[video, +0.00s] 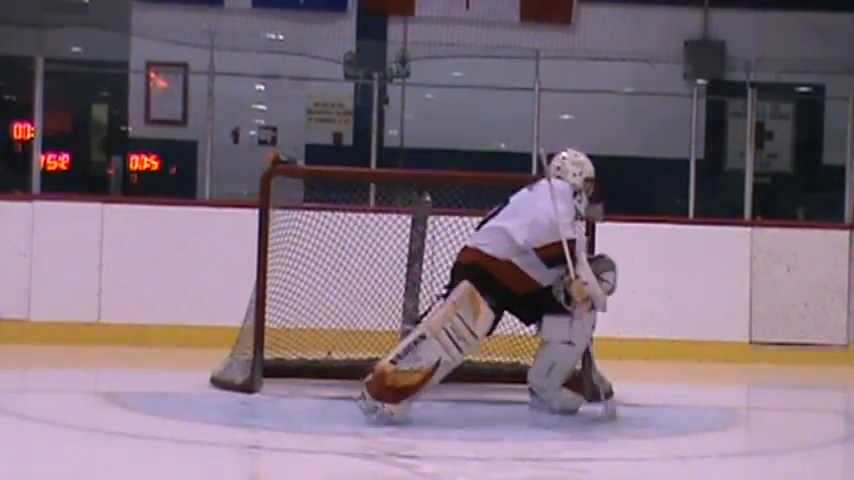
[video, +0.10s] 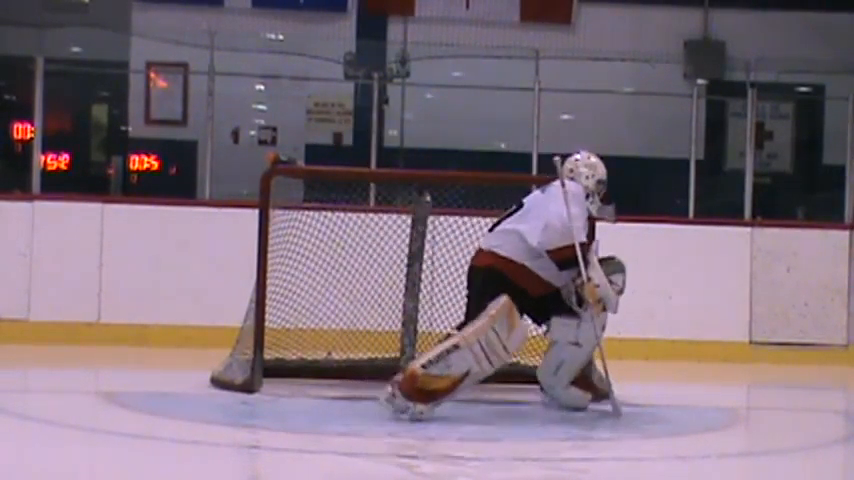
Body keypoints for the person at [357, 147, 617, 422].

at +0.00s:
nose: (587, 190)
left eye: (588, 184)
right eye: (585, 183)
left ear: (558, 173)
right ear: (575, 177)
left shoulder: (566, 206)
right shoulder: (553, 189)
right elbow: (550, 240)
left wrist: (590, 371)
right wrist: (576, 276)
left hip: (523, 279)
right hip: (489, 265)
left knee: (574, 314)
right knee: (456, 329)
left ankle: (546, 388)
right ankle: (384, 392)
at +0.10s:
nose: (599, 191)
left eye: (599, 185)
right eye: (599, 184)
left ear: (567, 174)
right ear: (593, 181)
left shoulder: (551, 192)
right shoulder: (570, 192)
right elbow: (562, 241)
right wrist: (583, 282)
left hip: (490, 261)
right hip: (513, 265)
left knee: (483, 340)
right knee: (579, 320)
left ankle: (412, 389)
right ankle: (557, 384)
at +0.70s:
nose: (593, 172)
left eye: (597, 165)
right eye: (587, 164)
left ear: (600, 165)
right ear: (567, 162)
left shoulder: (594, 194)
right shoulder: (544, 183)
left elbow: (591, 242)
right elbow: (504, 213)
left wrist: (611, 258)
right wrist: (508, 245)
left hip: (576, 282)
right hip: (539, 276)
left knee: (589, 329)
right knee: (524, 334)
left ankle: (565, 384)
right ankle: (487, 387)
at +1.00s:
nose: (514, 181)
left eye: (520, 175)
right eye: (508, 174)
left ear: (530, 175)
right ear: (494, 172)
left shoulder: (546, 203)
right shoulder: (470, 199)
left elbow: (559, 245)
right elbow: (433, 224)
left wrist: (580, 246)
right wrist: (420, 253)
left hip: (526, 285)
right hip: (478, 284)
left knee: (547, 338)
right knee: (468, 339)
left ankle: (556, 387)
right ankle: (451, 399)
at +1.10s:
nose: (501, 174)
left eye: (507, 168)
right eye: (494, 167)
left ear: (516, 169)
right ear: (480, 167)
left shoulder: (531, 196)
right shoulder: (457, 195)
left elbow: (547, 236)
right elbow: (420, 219)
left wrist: (566, 243)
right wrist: (406, 239)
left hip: (512, 282)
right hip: (464, 280)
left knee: (531, 336)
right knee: (460, 340)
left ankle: (550, 388)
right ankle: (442, 402)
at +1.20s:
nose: (493, 166)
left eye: (500, 160)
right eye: (486, 159)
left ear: (509, 161)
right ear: (473, 160)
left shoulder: (524, 192)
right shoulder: (450, 188)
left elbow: (532, 243)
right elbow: (405, 221)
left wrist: (557, 238)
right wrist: (405, 253)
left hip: (501, 281)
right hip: (454, 277)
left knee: (518, 337)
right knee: (459, 341)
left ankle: (544, 392)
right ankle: (425, 405)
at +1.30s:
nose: (489, 159)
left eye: (495, 153)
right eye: (482, 152)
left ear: (504, 154)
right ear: (469, 153)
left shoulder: (517, 188)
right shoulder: (445, 182)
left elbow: (521, 241)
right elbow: (404, 224)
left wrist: (552, 236)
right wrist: (416, 261)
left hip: (489, 280)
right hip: (445, 276)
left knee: (522, 332)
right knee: (468, 336)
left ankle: (538, 392)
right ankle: (422, 401)